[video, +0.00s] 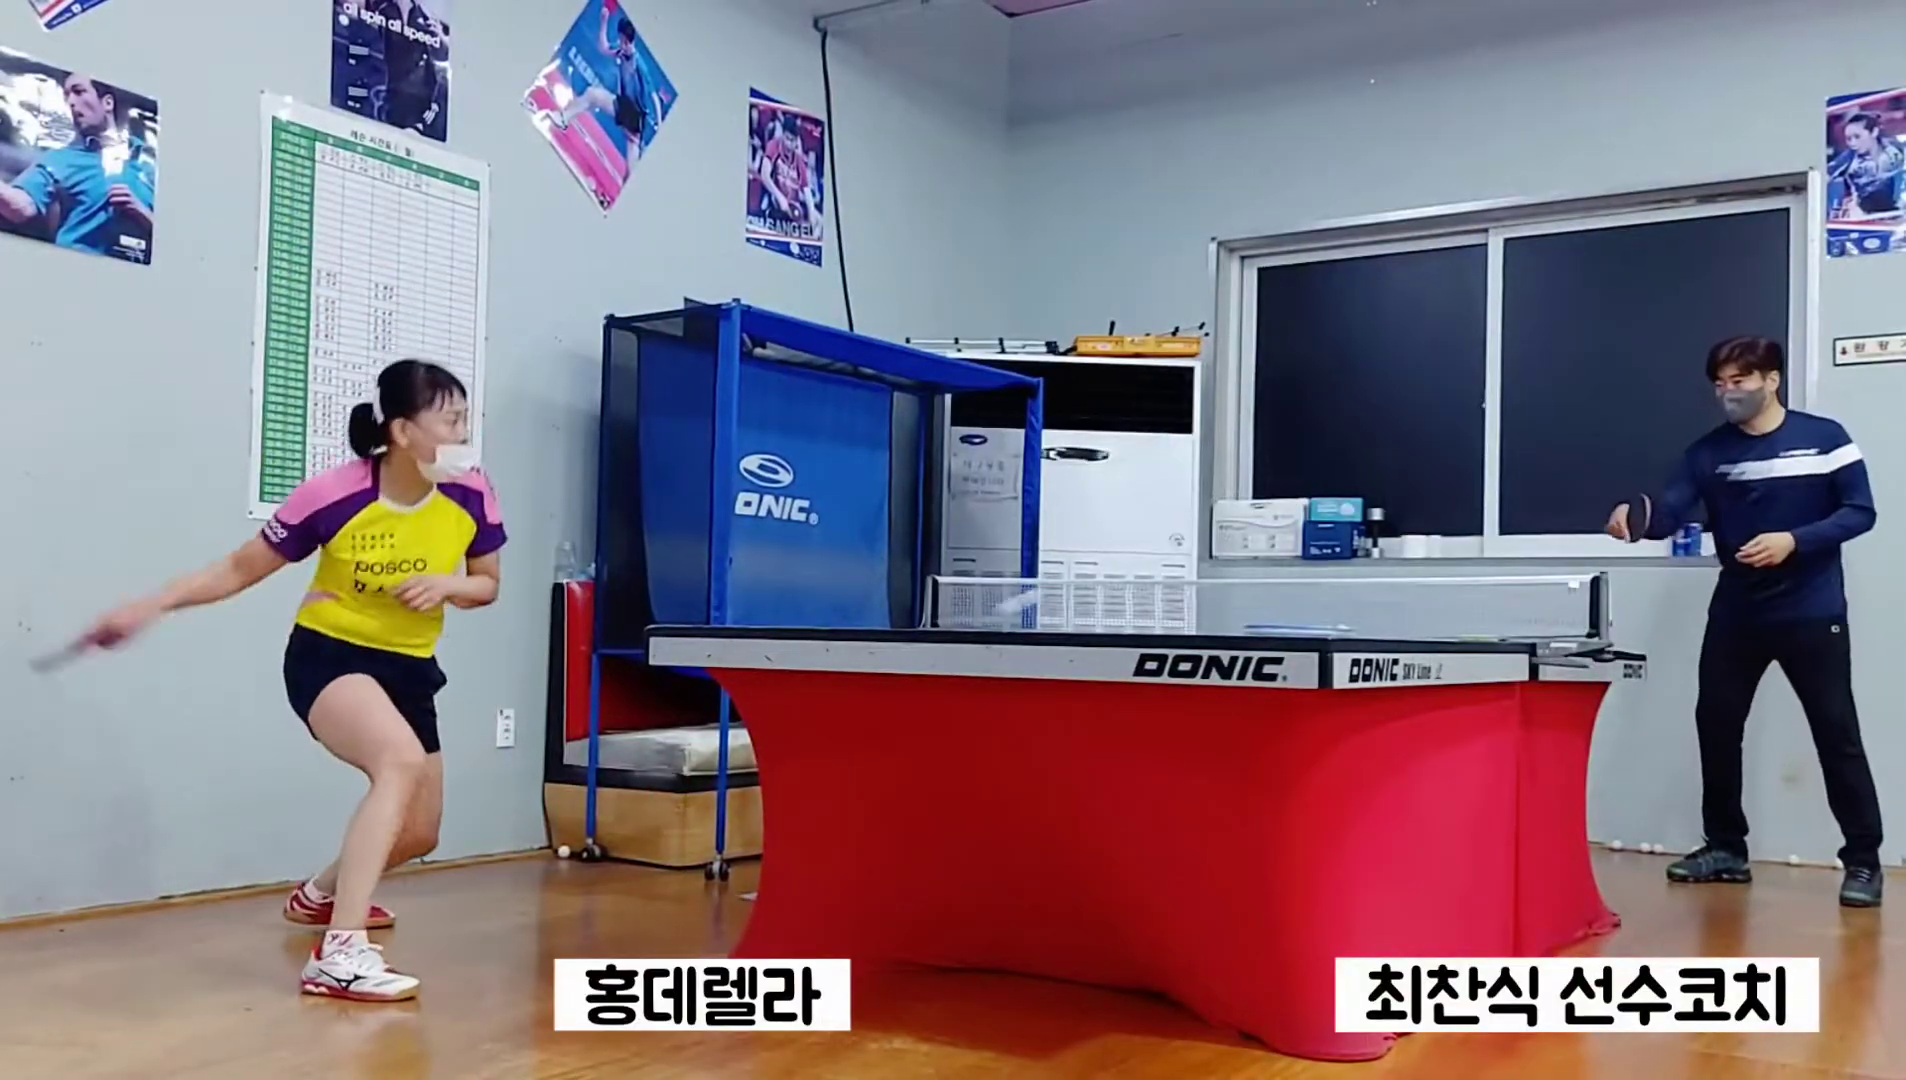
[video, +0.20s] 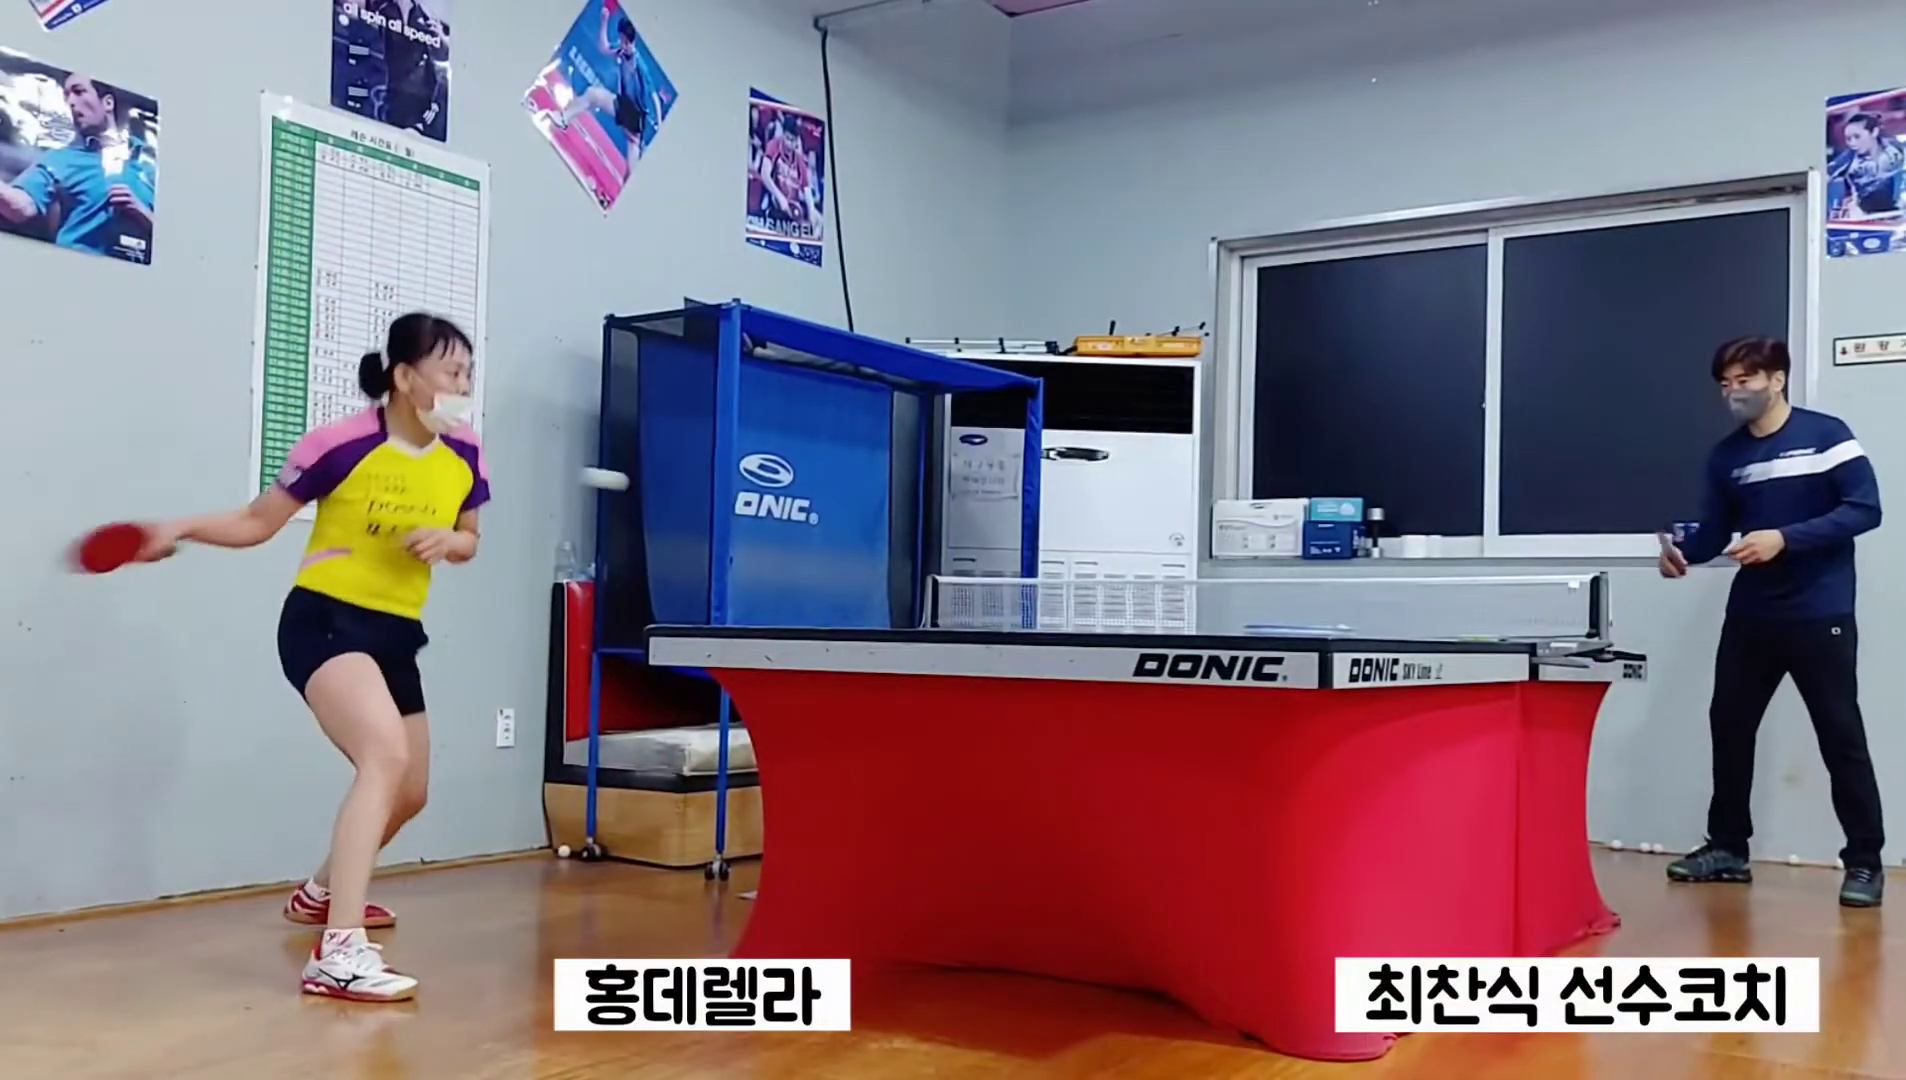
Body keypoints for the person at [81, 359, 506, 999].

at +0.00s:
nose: (459, 431)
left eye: (462, 417)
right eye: (446, 418)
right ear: (399, 429)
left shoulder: (471, 495)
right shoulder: (336, 495)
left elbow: (487, 586)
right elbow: (239, 569)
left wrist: (450, 586)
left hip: (410, 670)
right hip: (330, 654)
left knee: (418, 834)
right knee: (400, 762)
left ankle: (322, 892)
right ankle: (341, 952)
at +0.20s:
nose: (459, 386)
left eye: (464, 373)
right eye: (448, 372)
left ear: (462, 380)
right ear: (402, 376)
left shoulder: (462, 453)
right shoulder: (342, 444)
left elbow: (468, 543)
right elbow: (257, 522)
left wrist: (447, 542)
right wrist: (180, 529)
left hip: (394, 634)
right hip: (323, 619)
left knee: (409, 793)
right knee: (383, 756)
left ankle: (321, 890)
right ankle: (340, 949)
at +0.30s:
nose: (469, 366)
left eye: (474, 354)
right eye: (460, 351)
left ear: (456, 357)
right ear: (417, 347)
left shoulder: (441, 428)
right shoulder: (367, 400)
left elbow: (408, 527)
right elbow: (318, 485)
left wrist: (441, 522)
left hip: (379, 608)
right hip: (322, 594)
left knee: (397, 766)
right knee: (362, 751)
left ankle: (325, 887)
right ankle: (328, 943)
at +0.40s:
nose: (471, 382)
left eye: (477, 372)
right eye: (464, 367)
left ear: (439, 368)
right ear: (423, 355)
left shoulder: (406, 435)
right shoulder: (387, 395)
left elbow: (364, 526)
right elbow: (483, 404)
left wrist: (420, 530)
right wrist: (543, 363)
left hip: (341, 611)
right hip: (311, 603)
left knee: (388, 755)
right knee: (365, 760)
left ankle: (323, 889)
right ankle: (299, 941)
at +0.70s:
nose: (453, 361)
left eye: (454, 348)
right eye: (446, 346)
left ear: (405, 345)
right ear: (407, 342)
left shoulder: (383, 402)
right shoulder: (378, 390)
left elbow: (345, 505)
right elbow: (439, 478)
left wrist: (411, 523)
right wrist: (515, 473)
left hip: (337, 606)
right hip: (310, 603)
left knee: (366, 762)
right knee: (357, 762)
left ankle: (313, 898)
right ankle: (305, 948)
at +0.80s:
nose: (446, 365)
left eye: (446, 352)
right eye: (437, 352)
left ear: (405, 359)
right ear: (395, 357)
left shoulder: (417, 439)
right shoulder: (343, 421)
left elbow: (379, 533)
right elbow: (310, 534)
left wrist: (420, 541)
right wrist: (400, 572)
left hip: (360, 622)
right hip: (296, 614)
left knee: (378, 782)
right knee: (357, 767)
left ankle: (297, 888)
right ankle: (310, 951)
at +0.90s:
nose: (431, 406)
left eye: (433, 394)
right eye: (420, 394)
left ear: (409, 403)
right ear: (374, 401)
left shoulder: (436, 479)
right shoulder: (308, 473)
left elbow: (440, 558)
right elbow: (237, 568)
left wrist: (427, 574)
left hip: (369, 658)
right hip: (290, 643)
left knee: (390, 818)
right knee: (362, 763)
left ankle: (298, 892)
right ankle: (313, 953)